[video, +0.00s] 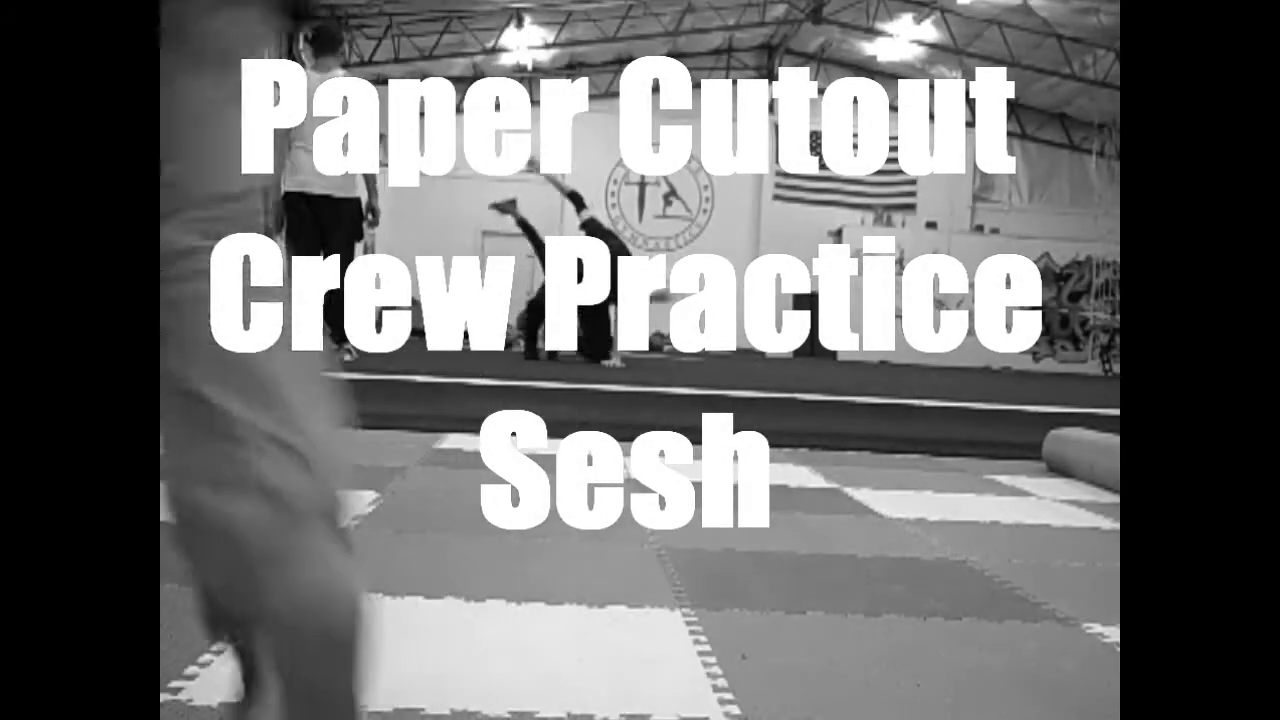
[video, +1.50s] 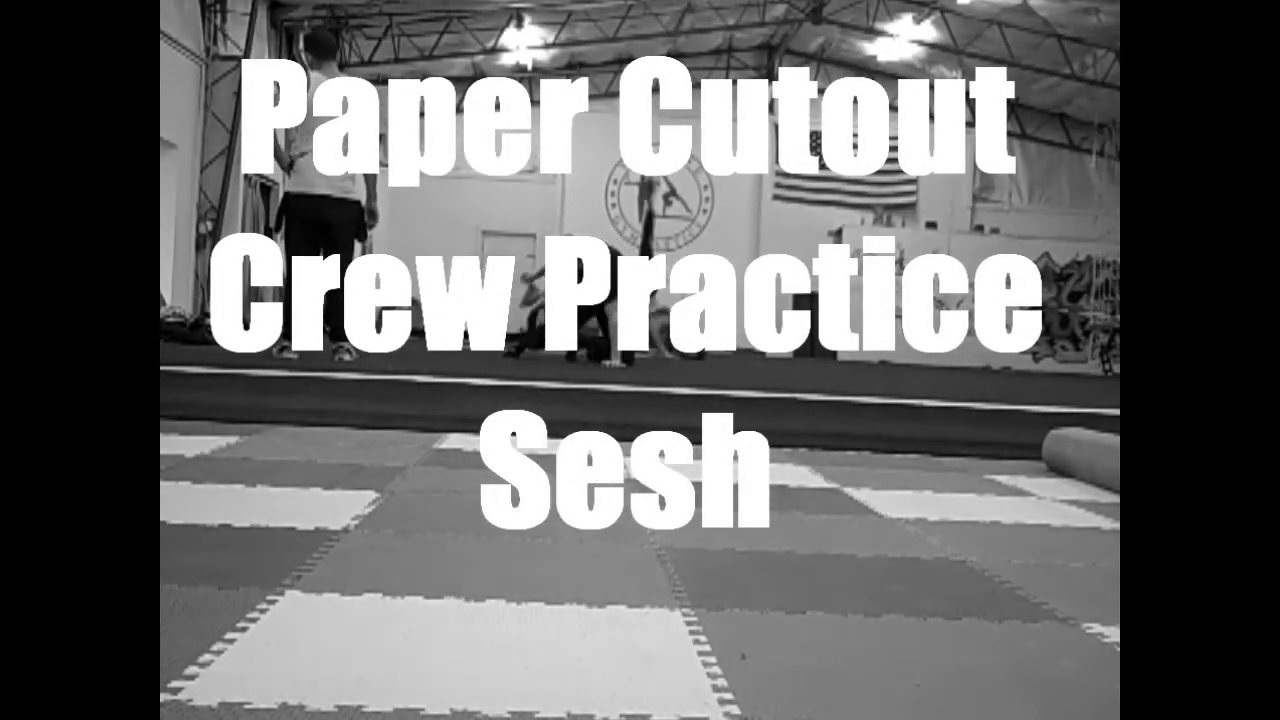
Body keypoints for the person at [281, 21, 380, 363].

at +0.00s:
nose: (303, 52)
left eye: (304, 46)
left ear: (308, 48)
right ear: (345, 49)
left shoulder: (295, 84)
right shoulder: (356, 88)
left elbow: (280, 146)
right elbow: (366, 149)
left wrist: (275, 199)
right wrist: (373, 197)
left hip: (299, 195)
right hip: (344, 195)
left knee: (301, 272)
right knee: (342, 272)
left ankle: (300, 342)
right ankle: (343, 343)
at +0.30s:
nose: (327, 62)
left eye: (327, 56)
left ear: (330, 56)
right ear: (360, 55)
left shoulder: (314, 88)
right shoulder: (376, 93)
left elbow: (293, 131)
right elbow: (386, 153)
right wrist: (390, 202)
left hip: (314, 202)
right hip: (356, 205)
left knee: (298, 273)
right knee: (349, 278)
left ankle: (290, 337)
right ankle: (342, 343)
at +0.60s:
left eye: (330, 57)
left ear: (331, 55)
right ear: (361, 54)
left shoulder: (316, 87)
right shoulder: (378, 92)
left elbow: (287, 123)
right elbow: (390, 153)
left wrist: (302, 157)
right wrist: (395, 203)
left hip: (318, 200)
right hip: (358, 203)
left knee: (302, 274)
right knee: (350, 277)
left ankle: (294, 339)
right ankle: (343, 343)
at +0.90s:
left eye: (320, 55)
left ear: (323, 55)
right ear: (354, 54)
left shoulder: (311, 87)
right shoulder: (372, 91)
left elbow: (283, 123)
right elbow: (383, 153)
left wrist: (296, 157)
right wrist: (385, 204)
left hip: (314, 199)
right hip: (355, 203)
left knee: (303, 274)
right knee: (349, 277)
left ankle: (296, 340)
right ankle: (344, 345)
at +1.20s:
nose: (308, 61)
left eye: (308, 56)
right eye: (308, 56)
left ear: (313, 56)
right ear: (344, 56)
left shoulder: (304, 91)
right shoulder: (362, 93)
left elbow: (291, 148)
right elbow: (371, 155)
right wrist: (373, 202)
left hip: (308, 196)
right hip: (349, 199)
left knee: (300, 272)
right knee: (347, 275)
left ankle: (293, 341)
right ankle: (343, 343)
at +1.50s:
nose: (303, 58)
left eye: (303, 53)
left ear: (306, 54)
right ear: (337, 54)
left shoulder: (296, 86)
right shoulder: (357, 90)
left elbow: (276, 134)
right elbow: (369, 152)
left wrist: (286, 162)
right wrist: (371, 201)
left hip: (302, 196)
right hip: (344, 198)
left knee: (298, 272)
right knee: (342, 274)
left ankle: (290, 342)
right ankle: (342, 343)